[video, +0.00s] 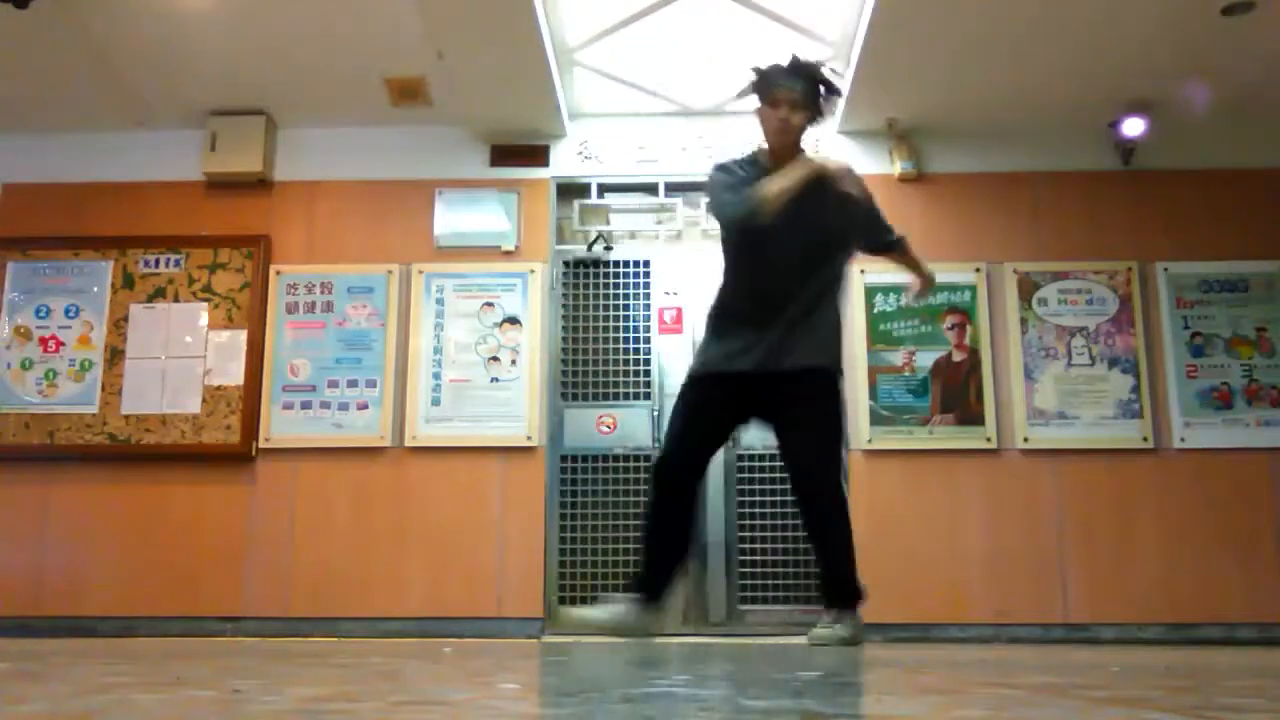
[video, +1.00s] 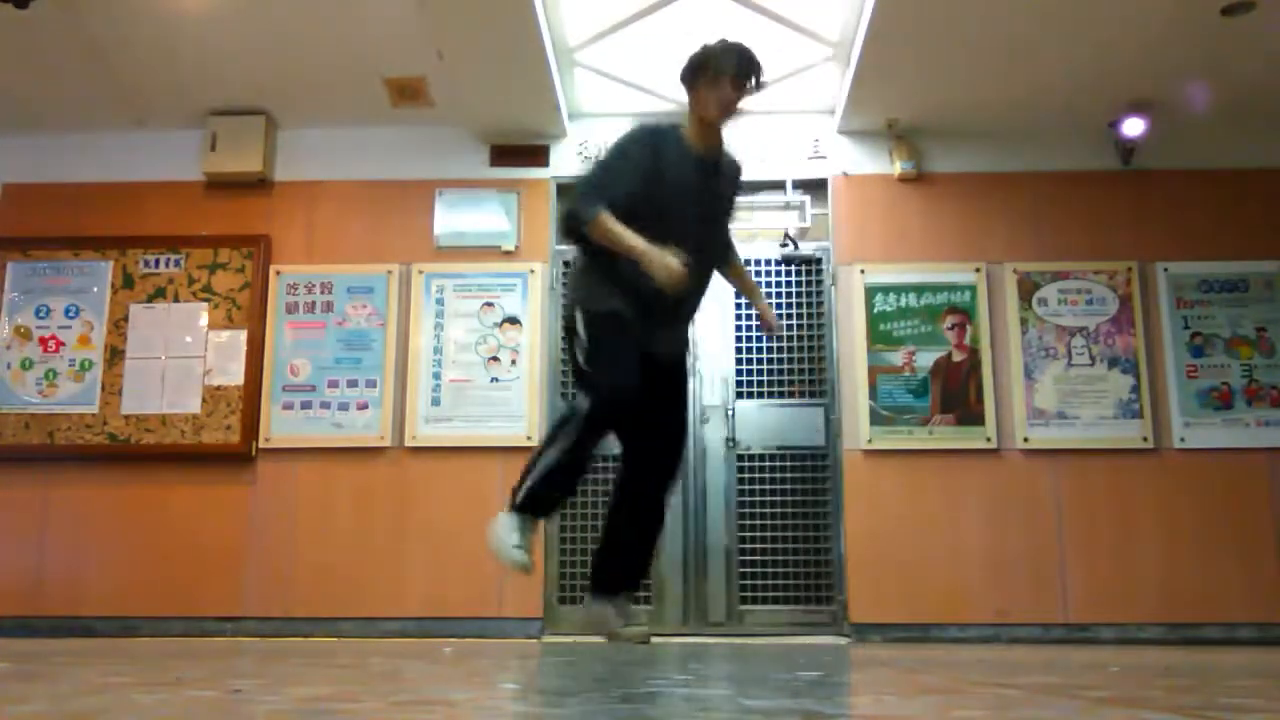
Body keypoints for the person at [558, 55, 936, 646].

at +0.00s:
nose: (778, 116)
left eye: (791, 107)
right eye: (769, 105)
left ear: (811, 116)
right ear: (757, 111)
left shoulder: (835, 184)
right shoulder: (733, 175)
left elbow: (882, 237)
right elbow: (741, 212)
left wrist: (919, 269)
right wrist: (806, 169)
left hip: (804, 363)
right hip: (729, 359)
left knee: (817, 486)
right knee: (676, 466)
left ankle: (842, 612)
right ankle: (646, 601)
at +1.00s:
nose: (730, 99)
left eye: (738, 89)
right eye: (721, 85)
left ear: (743, 97)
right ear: (693, 85)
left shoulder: (724, 171)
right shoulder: (647, 143)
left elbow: (715, 243)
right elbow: (583, 209)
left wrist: (757, 299)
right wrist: (647, 251)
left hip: (665, 322)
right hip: (607, 305)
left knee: (656, 454)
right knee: (611, 400)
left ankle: (609, 595)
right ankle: (521, 515)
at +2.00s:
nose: (711, 99)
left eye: (724, 89)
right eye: (709, 85)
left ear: (740, 84)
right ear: (693, 68)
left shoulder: (752, 128)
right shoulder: (629, 112)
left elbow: (807, 192)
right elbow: (555, 161)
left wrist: (851, 150)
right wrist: (537, 136)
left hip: (702, 310)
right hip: (624, 309)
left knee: (717, 433)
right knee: (633, 435)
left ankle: (706, 569)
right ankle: (643, 570)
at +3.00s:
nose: (768, 48)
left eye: (781, 36)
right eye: (759, 33)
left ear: (794, 34)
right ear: (738, 25)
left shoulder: (806, 88)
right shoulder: (695, 94)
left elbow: (859, 143)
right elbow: (682, 170)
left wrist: (872, 124)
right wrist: (764, 164)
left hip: (803, 258)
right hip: (725, 254)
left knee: (813, 409)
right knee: (800, 312)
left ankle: (784, 565)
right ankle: (821, 480)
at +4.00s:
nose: (760, 8)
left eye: (761, 3)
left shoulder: (710, 43)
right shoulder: (671, 18)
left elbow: (771, 100)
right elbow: (745, 96)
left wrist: (764, 81)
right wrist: (776, 84)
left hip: (639, 245)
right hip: (576, 241)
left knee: (699, 396)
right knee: (588, 419)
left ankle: (674, 552)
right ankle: (583, 595)